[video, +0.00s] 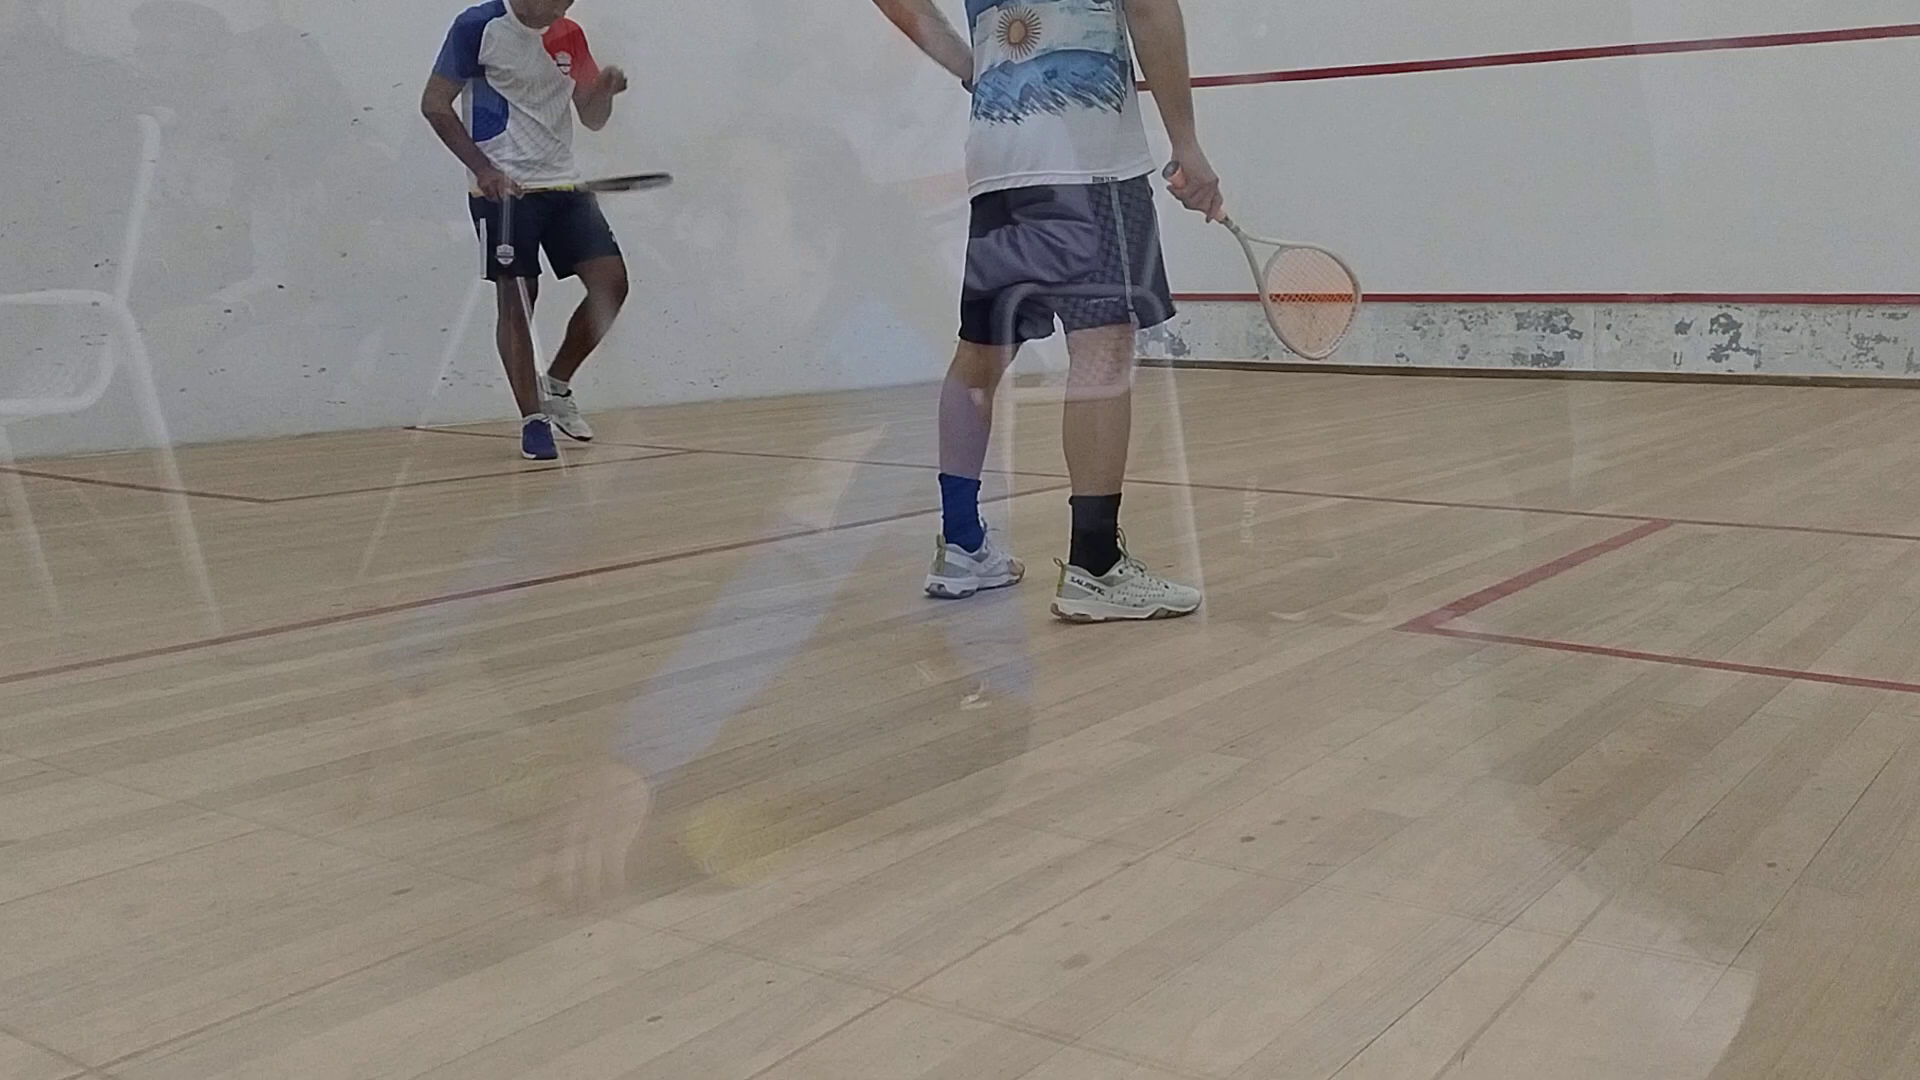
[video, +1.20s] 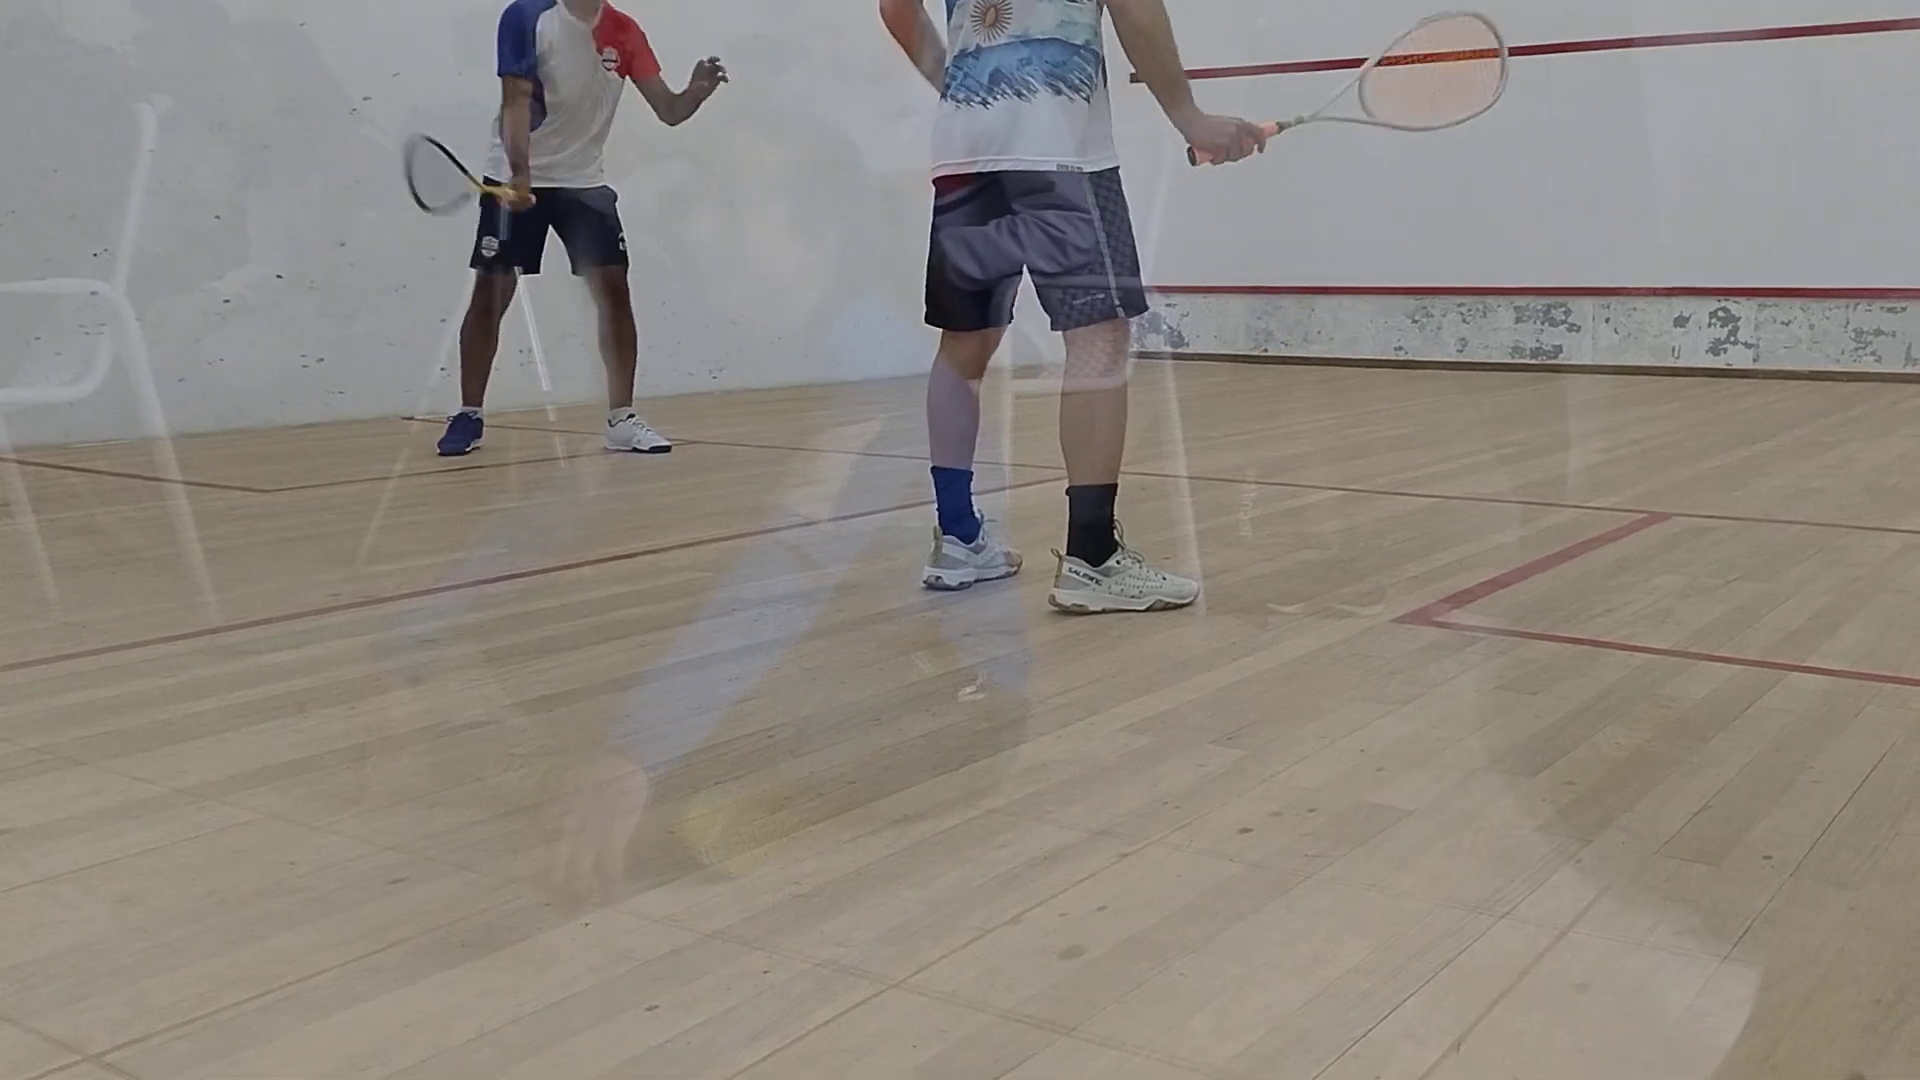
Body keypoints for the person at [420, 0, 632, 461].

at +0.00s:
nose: (558, 13)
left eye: (563, 8)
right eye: (554, 5)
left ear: (564, 5)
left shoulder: (568, 33)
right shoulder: (475, 27)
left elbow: (593, 119)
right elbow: (434, 103)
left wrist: (604, 91)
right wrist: (483, 170)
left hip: (562, 184)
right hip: (504, 186)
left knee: (611, 285)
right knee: (516, 297)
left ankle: (554, 385)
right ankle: (533, 420)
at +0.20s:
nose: (606, 12)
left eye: (610, 7)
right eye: (604, 4)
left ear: (599, 6)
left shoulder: (599, 40)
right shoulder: (510, 22)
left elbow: (623, 125)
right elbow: (465, 102)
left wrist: (640, 68)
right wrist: (505, 172)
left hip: (578, 193)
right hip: (517, 189)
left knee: (600, 295)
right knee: (525, 304)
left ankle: (622, 421)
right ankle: (534, 421)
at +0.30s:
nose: (627, 16)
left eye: (633, 11)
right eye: (624, 6)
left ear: (630, 10)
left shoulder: (623, 48)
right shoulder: (530, 22)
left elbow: (632, 136)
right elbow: (483, 99)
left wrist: (656, 113)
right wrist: (515, 171)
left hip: (591, 194)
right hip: (529, 189)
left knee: (609, 302)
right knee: (536, 303)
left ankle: (622, 427)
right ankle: (536, 420)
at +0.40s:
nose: (648, 17)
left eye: (654, 11)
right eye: (643, 7)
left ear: (653, 10)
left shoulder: (641, 55)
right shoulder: (543, 24)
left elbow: (650, 140)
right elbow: (500, 99)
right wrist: (534, 168)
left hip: (603, 189)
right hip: (538, 186)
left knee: (622, 300)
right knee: (543, 304)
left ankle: (624, 427)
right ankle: (536, 411)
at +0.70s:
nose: (688, 24)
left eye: (694, 15)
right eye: (687, 10)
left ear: (677, 11)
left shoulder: (670, 51)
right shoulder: (586, 33)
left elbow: (664, 121)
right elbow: (560, 126)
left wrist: (679, 193)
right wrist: (596, 199)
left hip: (617, 186)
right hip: (551, 182)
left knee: (635, 300)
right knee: (539, 298)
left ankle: (626, 425)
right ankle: (525, 416)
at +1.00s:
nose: (664, 3)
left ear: (658, 4)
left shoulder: (657, 38)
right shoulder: (569, 27)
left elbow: (659, 115)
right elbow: (556, 126)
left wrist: (690, 138)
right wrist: (574, 200)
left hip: (608, 183)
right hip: (542, 180)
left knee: (628, 298)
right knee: (510, 296)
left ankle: (624, 422)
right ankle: (480, 409)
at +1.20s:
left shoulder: (623, 30)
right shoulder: (524, 16)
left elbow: (669, 110)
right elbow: (515, 100)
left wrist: (696, 90)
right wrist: (519, 174)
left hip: (585, 182)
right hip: (517, 177)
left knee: (614, 288)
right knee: (491, 292)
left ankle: (622, 419)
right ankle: (469, 413)